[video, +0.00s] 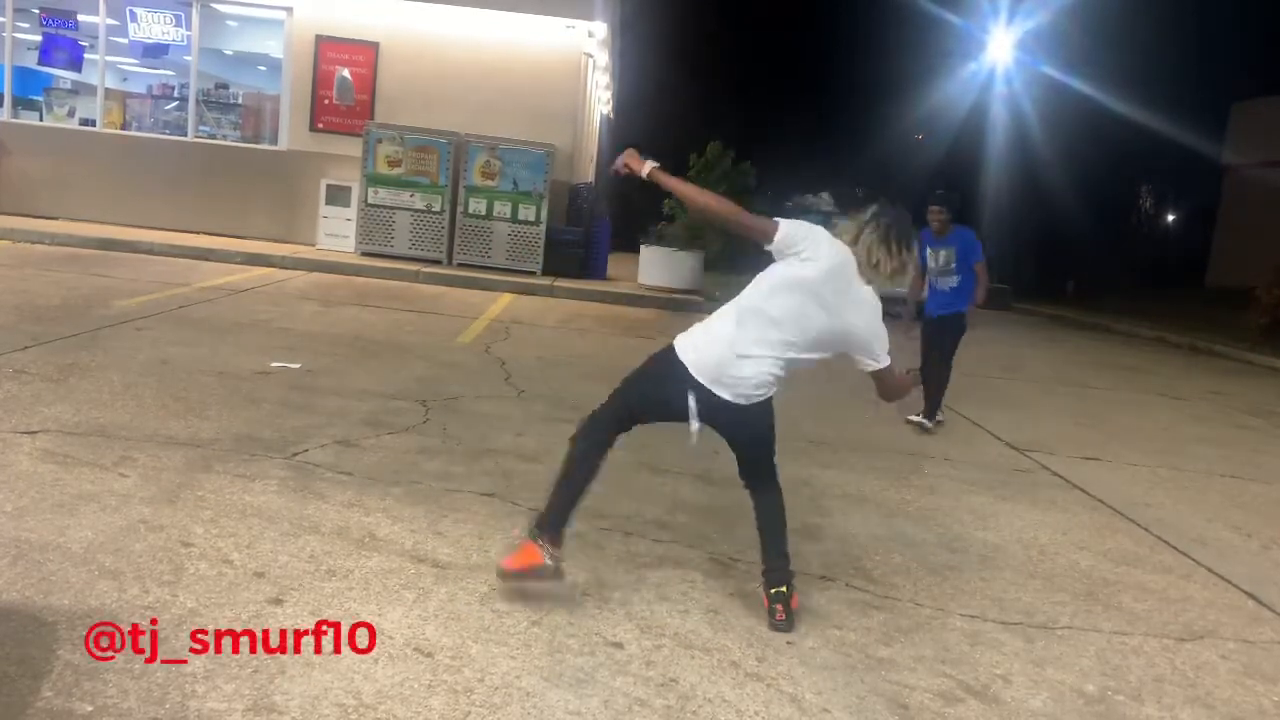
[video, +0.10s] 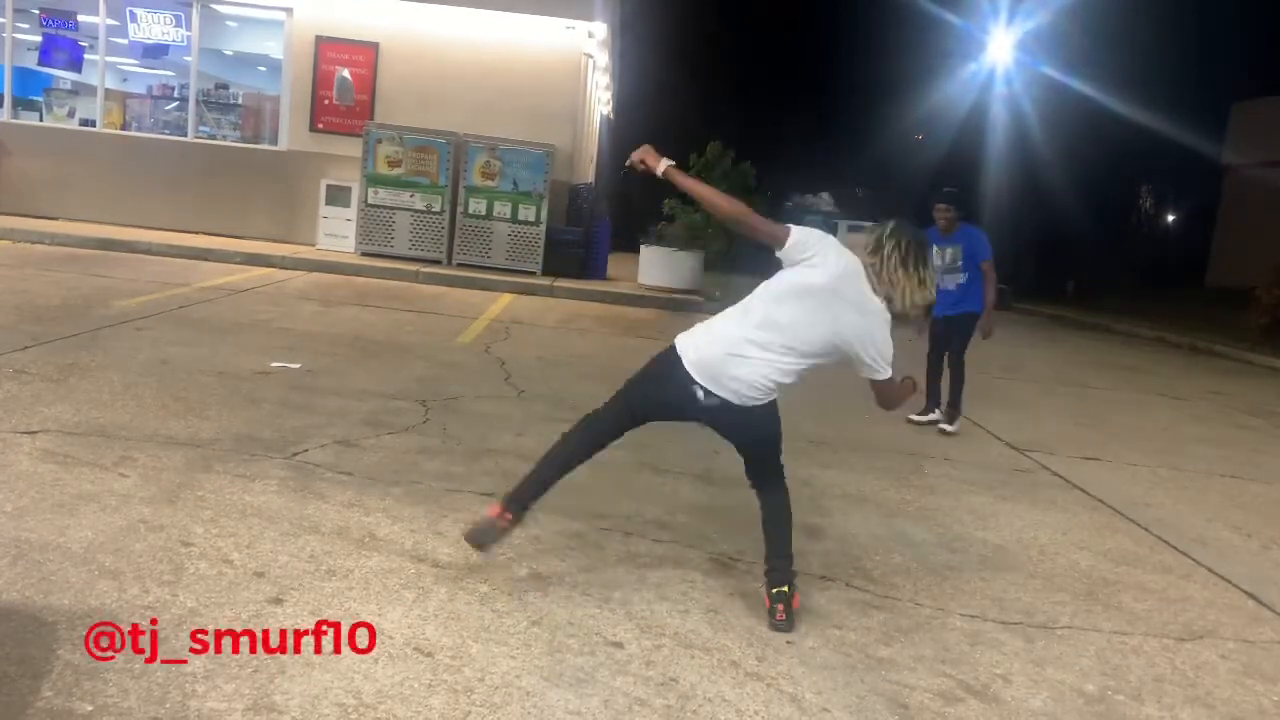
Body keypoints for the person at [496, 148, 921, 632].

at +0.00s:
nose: (897, 274)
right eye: (899, 265)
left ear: (856, 229)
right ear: (895, 263)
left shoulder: (814, 241)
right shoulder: (866, 315)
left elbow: (729, 214)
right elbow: (890, 390)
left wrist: (651, 171)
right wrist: (913, 378)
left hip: (686, 365)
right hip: (745, 401)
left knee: (602, 426)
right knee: (762, 482)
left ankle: (544, 540)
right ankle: (778, 589)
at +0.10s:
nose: (911, 302)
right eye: (914, 292)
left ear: (875, 249)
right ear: (902, 283)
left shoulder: (826, 250)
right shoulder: (873, 323)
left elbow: (746, 219)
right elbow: (887, 398)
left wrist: (668, 171)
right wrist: (910, 389)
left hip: (684, 366)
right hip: (746, 403)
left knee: (601, 425)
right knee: (771, 487)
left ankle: (509, 509)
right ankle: (781, 592)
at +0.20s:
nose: (911, 308)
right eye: (913, 298)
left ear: (879, 253)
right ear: (905, 287)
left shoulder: (827, 255)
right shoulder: (876, 329)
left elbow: (747, 221)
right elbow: (893, 408)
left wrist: (673, 174)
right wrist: (911, 395)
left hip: (685, 367)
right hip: (748, 408)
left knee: (601, 416)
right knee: (767, 486)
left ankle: (501, 498)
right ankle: (779, 595)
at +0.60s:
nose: (872, 300)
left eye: (877, 291)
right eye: (874, 290)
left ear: (835, 254)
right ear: (856, 273)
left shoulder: (779, 254)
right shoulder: (840, 325)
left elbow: (699, 231)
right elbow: (887, 406)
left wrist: (630, 196)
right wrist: (924, 410)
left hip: (660, 394)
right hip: (723, 421)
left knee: (610, 472)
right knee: (746, 490)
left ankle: (519, 559)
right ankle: (775, 594)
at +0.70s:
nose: (868, 289)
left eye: (867, 277)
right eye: (870, 279)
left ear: (829, 250)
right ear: (860, 276)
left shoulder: (774, 255)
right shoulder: (839, 326)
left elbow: (694, 235)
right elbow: (885, 408)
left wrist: (623, 207)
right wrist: (918, 415)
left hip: (661, 394)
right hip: (723, 421)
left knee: (613, 473)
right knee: (743, 486)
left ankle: (524, 552)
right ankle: (774, 591)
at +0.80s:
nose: (867, 291)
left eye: (866, 279)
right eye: (868, 280)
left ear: (826, 252)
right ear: (857, 274)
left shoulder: (771, 256)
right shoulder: (837, 326)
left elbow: (689, 236)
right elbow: (880, 409)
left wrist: (618, 213)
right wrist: (913, 419)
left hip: (660, 392)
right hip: (722, 419)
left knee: (612, 473)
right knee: (742, 485)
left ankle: (519, 551)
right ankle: (774, 592)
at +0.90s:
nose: (863, 294)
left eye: (863, 283)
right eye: (865, 284)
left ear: (824, 254)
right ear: (855, 277)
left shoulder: (770, 256)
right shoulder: (835, 326)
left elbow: (690, 236)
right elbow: (876, 409)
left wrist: (616, 210)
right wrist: (909, 418)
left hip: (660, 390)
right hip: (723, 417)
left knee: (609, 470)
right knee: (744, 487)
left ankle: (525, 555)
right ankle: (774, 593)